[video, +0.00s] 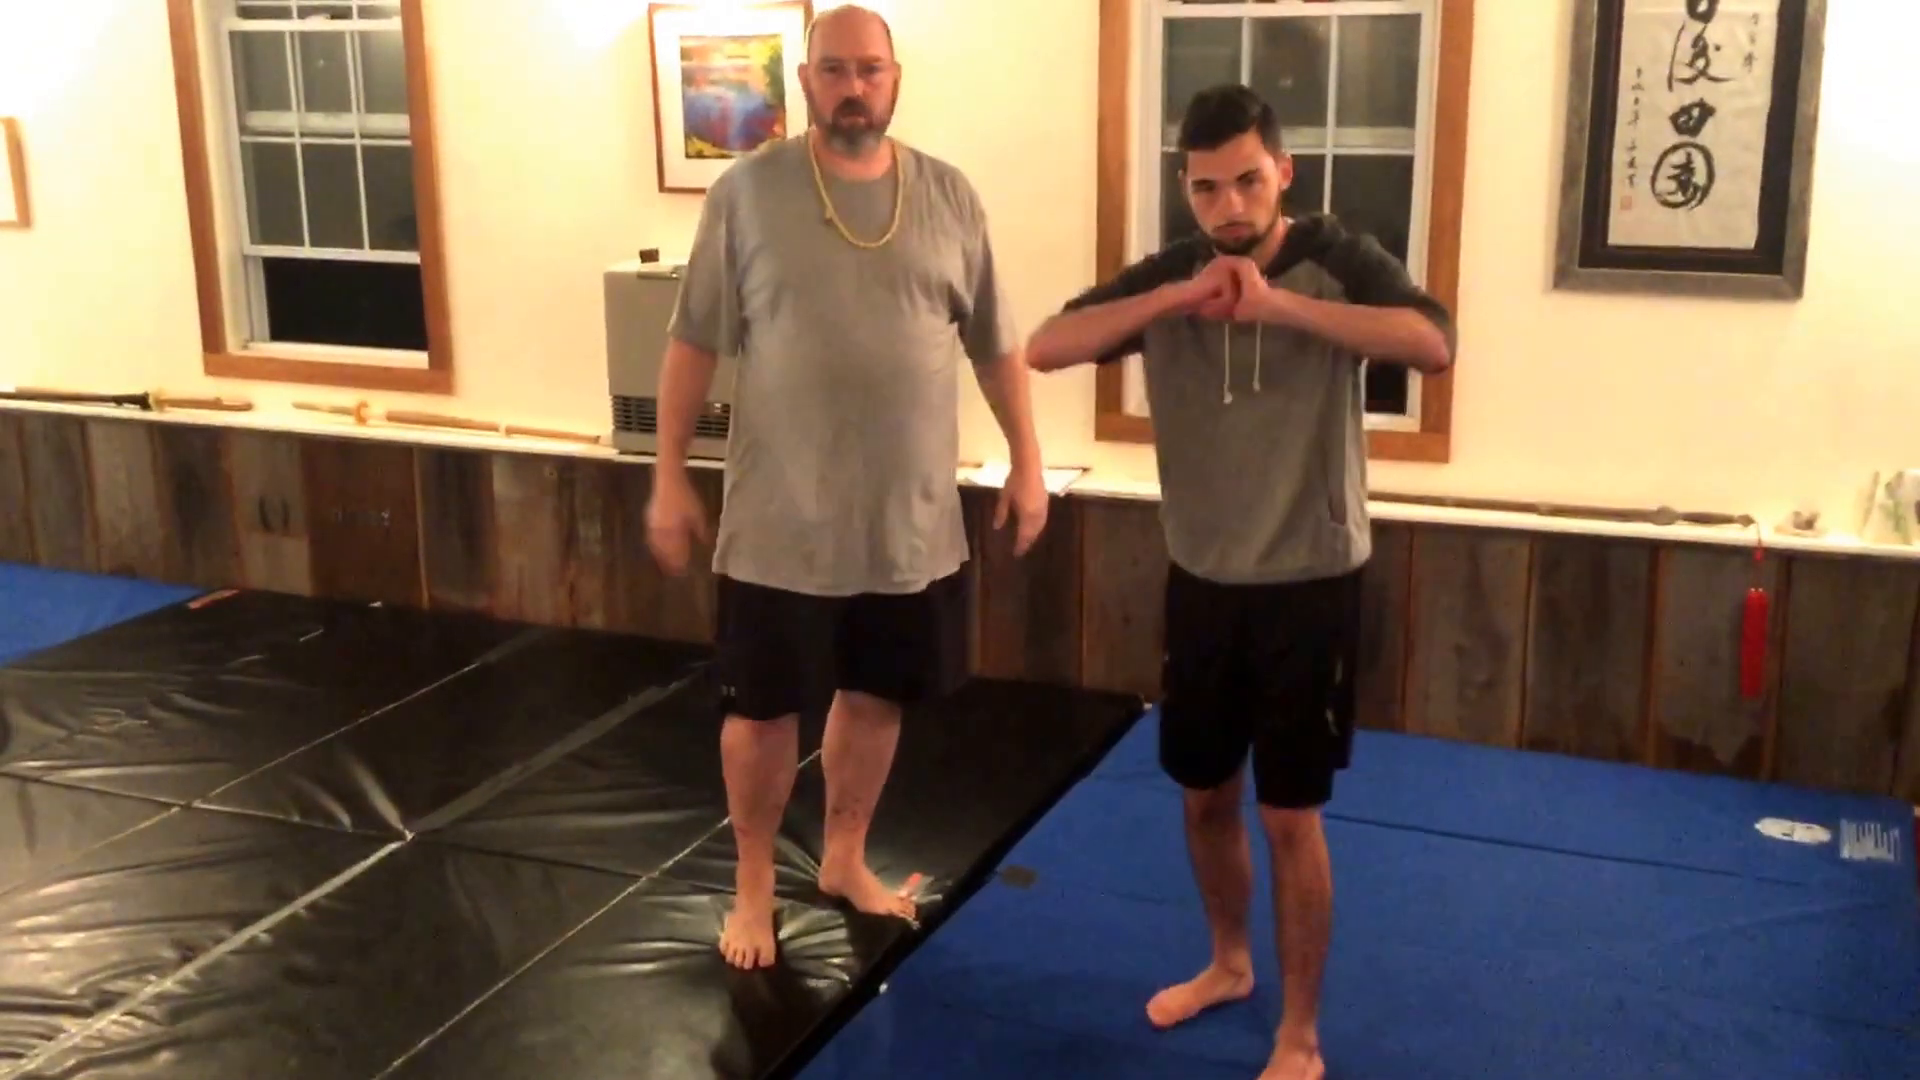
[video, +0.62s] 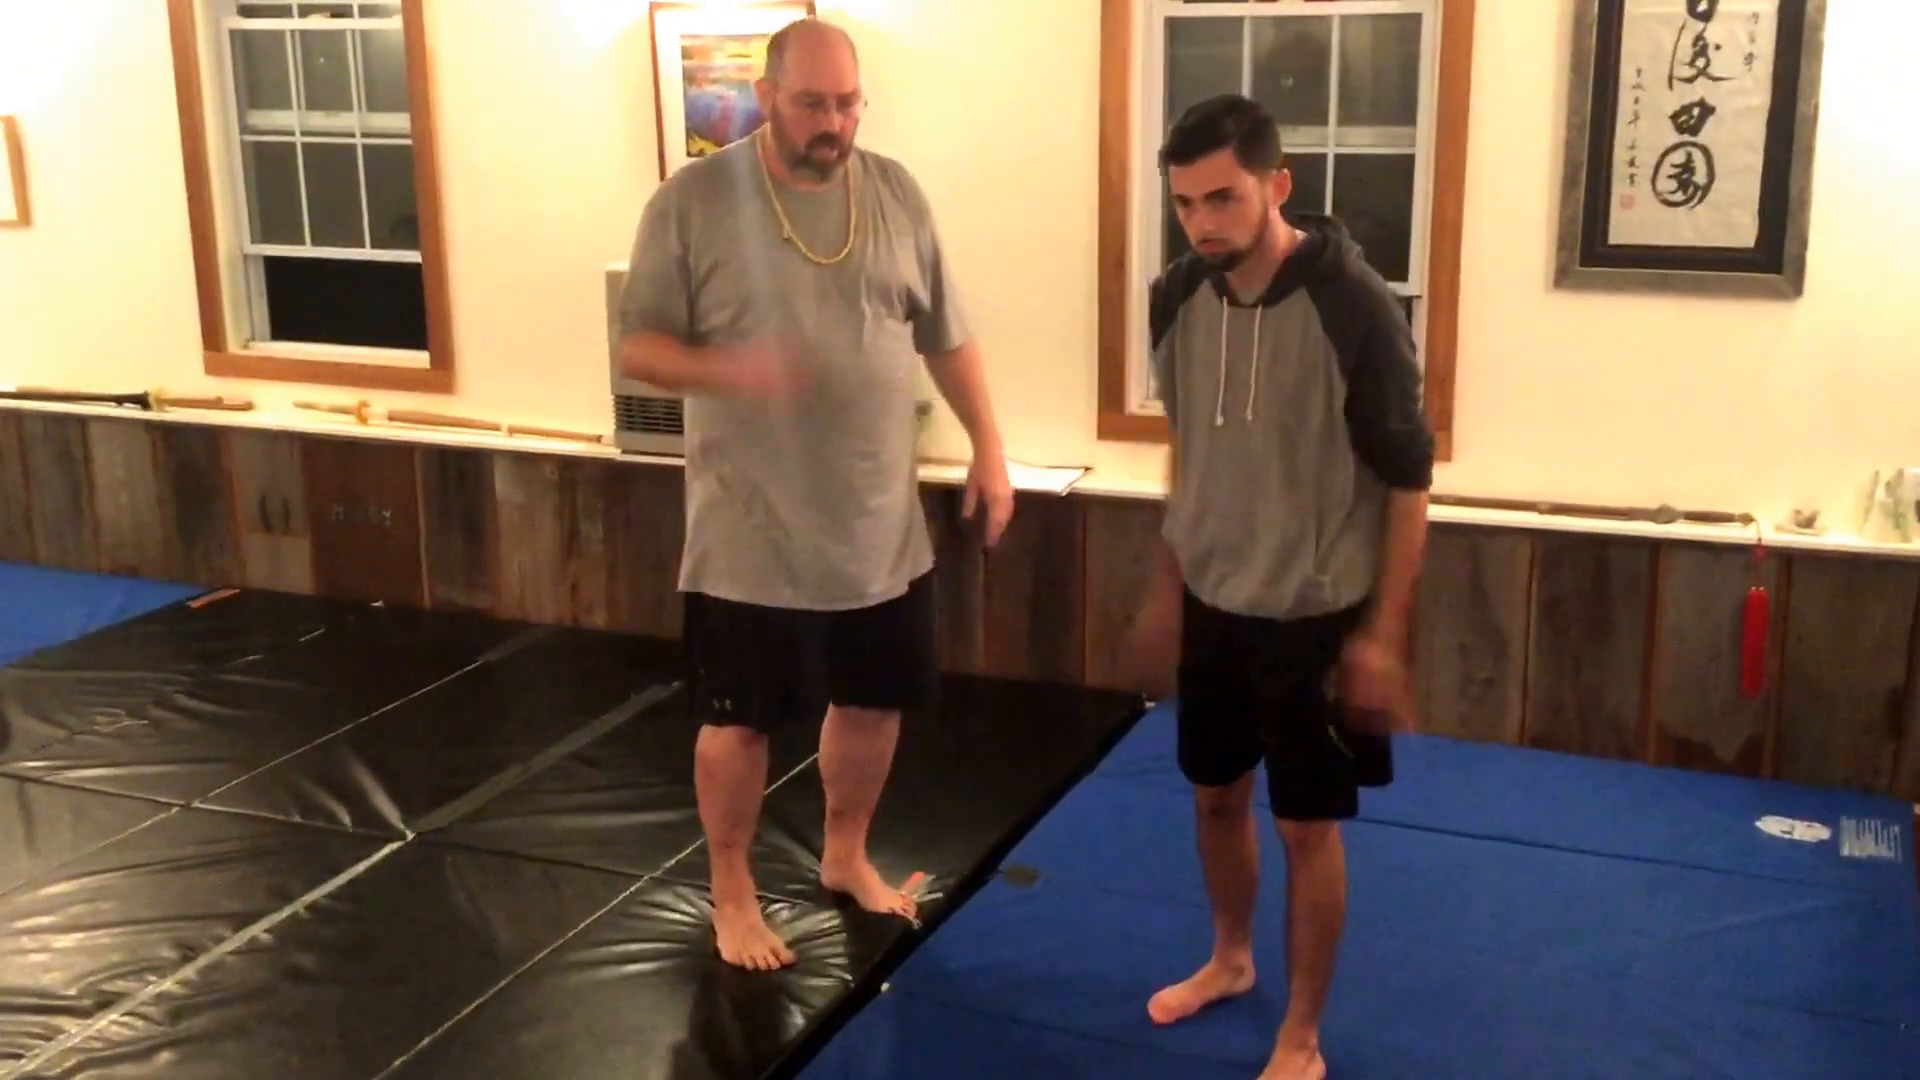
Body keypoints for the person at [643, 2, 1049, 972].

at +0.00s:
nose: (853, 88)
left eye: (870, 70)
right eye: (834, 70)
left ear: (898, 78)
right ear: (805, 78)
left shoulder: (947, 196)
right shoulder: (746, 192)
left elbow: (993, 340)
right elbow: (694, 340)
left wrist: (1028, 463)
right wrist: (668, 478)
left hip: (907, 509)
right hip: (778, 508)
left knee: (878, 695)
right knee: (761, 710)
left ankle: (846, 862)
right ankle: (752, 888)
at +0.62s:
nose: (833, 121)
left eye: (847, 101)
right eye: (812, 102)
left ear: (862, 96)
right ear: (767, 96)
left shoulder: (893, 191)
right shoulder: (692, 200)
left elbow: (944, 330)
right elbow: (639, 347)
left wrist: (989, 448)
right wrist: (733, 369)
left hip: (874, 513)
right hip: (747, 518)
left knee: (874, 697)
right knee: (736, 719)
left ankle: (845, 860)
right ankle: (733, 895)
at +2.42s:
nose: (1087, 192)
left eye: (1100, 176)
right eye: (1080, 170)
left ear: (1105, 163)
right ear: (1031, 129)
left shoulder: (1050, 207)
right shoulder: (927, 192)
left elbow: (1045, 342)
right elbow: (847, 336)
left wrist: (1091, 437)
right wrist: (892, 476)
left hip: (986, 512)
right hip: (874, 507)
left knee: (995, 673)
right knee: (812, 686)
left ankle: (985, 846)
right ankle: (723, 878)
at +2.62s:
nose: (1001, 192)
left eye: (1012, 176)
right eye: (992, 170)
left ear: (1014, 158)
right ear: (938, 133)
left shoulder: (973, 218)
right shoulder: (842, 218)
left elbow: (993, 353)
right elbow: (781, 378)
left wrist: (1036, 447)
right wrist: (836, 514)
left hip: (944, 530)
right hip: (827, 537)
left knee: (981, 680)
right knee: (779, 718)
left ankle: (983, 841)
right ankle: (705, 907)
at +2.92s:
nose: (890, 169)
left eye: (904, 149)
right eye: (873, 147)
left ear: (914, 136)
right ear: (819, 124)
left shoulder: (908, 210)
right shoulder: (744, 221)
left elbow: (912, 361)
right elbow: (680, 383)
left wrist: (927, 476)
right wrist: (690, 533)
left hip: (896, 521)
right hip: (784, 539)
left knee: (932, 692)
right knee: (747, 735)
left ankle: (979, 840)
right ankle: (699, 914)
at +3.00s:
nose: (871, 164)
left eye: (885, 143)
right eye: (851, 143)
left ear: (898, 130)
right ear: (799, 122)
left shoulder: (899, 206)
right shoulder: (730, 222)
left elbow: (910, 352)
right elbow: (663, 383)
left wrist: (930, 463)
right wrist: (653, 533)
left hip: (890, 516)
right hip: (772, 532)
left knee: (928, 690)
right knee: (743, 737)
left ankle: (979, 838)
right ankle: (698, 916)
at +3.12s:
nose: (858, 160)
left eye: (873, 140)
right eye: (838, 141)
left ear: (886, 126)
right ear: (785, 122)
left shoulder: (895, 208)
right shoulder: (716, 227)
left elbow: (925, 346)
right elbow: (653, 390)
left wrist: (958, 459)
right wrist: (627, 536)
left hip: (895, 525)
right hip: (774, 542)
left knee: (933, 690)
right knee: (748, 742)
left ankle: (980, 839)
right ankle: (697, 916)